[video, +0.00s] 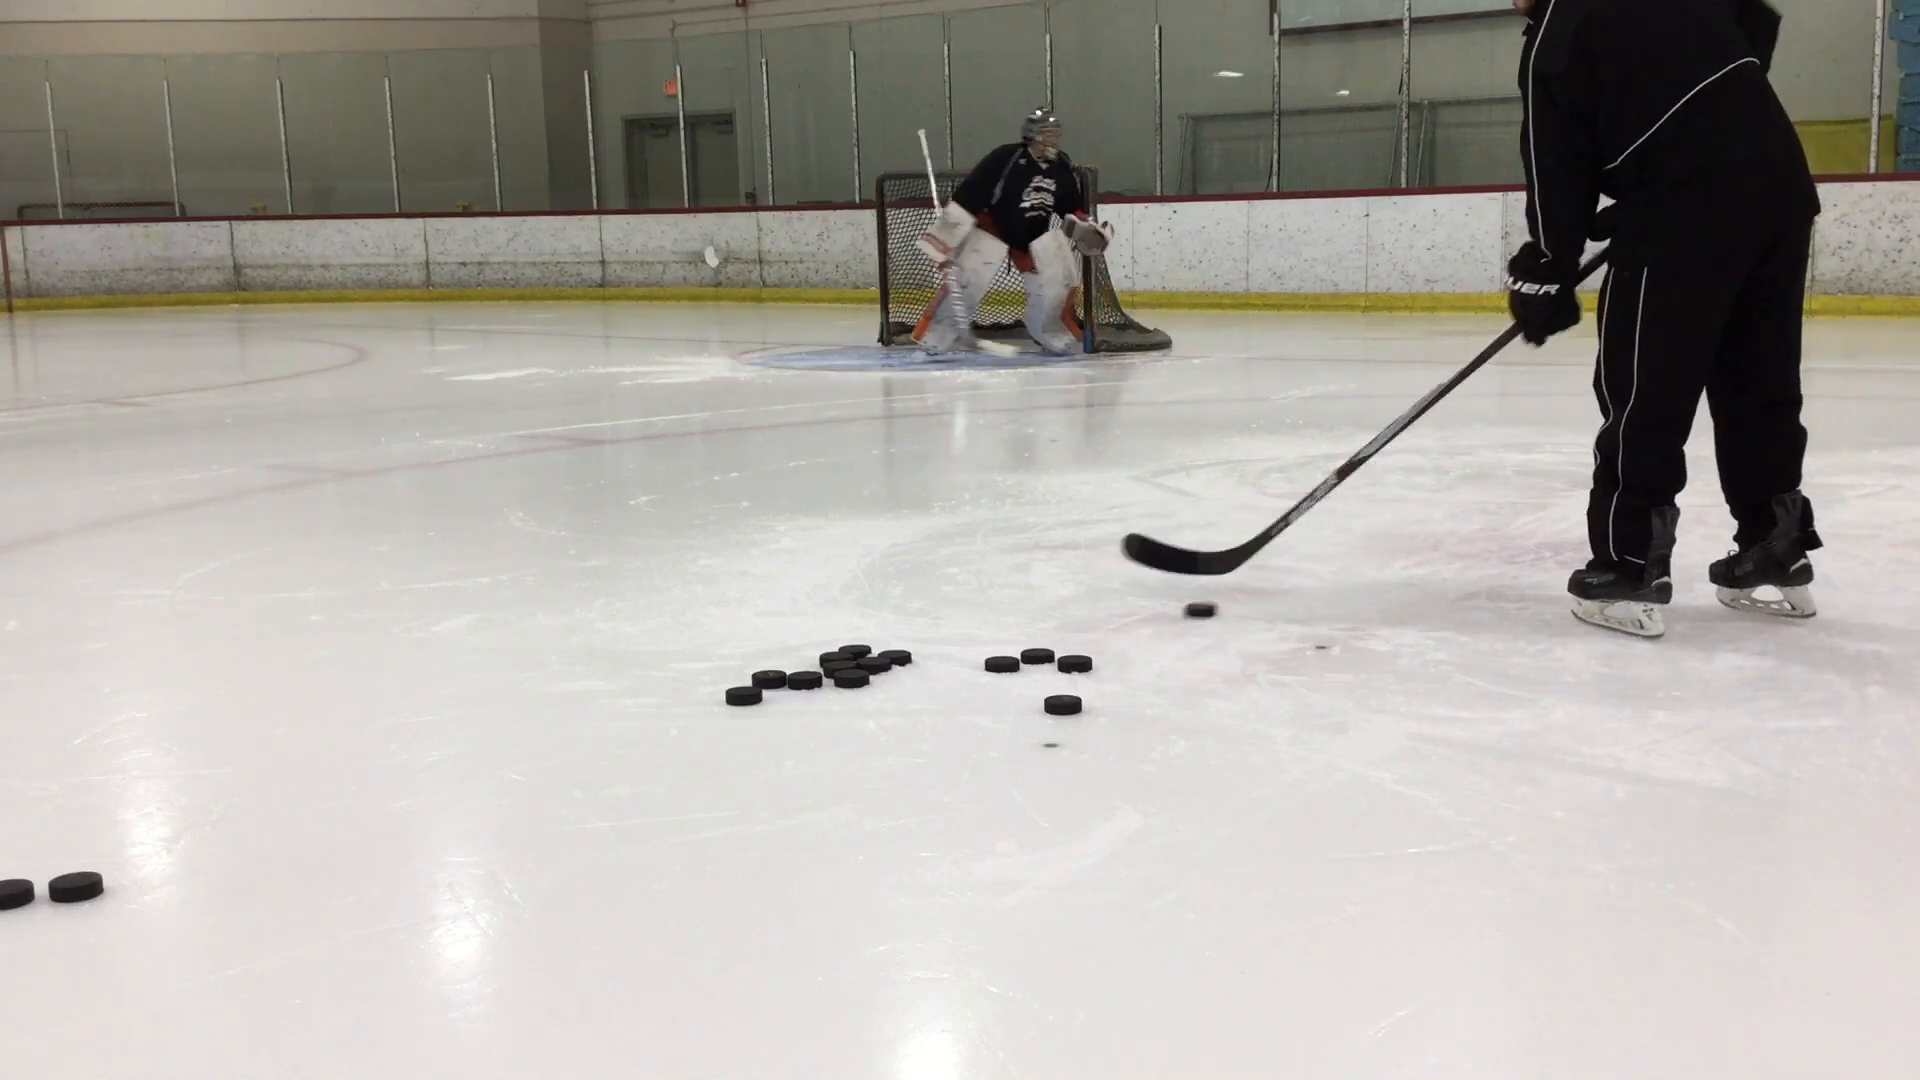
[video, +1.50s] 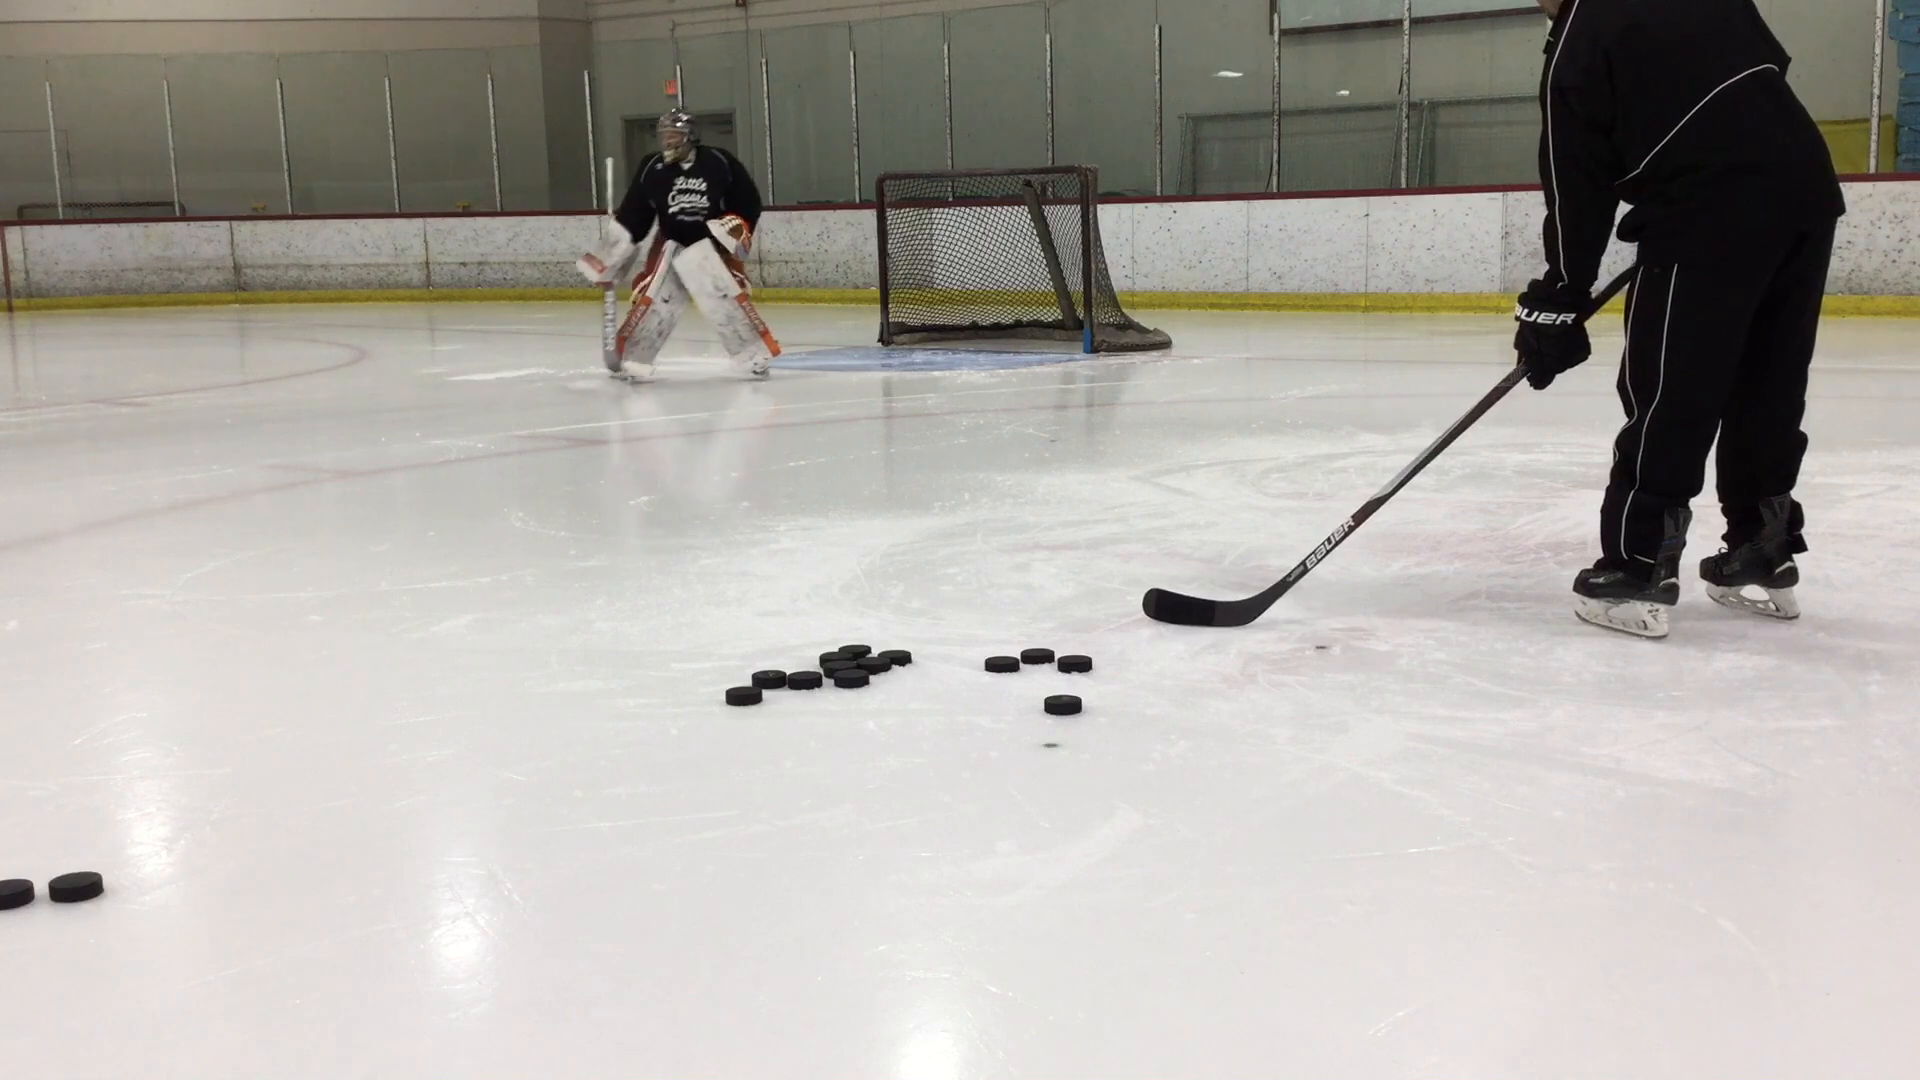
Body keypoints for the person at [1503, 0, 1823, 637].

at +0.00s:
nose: (1514, 10)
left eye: (1517, 8)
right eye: (1516, 9)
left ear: (1529, 2)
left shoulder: (1553, 36)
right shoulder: (1680, 7)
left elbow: (1556, 156)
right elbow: (1761, 19)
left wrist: (1545, 273)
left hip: (1678, 210)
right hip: (1779, 190)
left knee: (1640, 392)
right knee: (1758, 383)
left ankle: (1634, 564)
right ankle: (1776, 548)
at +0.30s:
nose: (1518, 4)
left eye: (1523, 7)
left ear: (1535, 5)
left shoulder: (1552, 70)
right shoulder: (1690, 9)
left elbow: (1574, 184)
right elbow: (1783, 2)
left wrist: (1583, 262)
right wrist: (1747, 59)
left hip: (1681, 211)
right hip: (1788, 191)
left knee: (1648, 389)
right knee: (1762, 379)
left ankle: (1637, 559)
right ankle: (1764, 546)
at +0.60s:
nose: (1536, 9)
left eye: (1540, 11)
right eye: (1539, 8)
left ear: (1552, 5)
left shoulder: (1567, 68)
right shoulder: (1701, 3)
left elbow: (1589, 184)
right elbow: (1794, 20)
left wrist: (1598, 260)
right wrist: (1742, 90)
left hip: (1696, 208)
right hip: (1802, 190)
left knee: (1658, 389)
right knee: (1768, 381)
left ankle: (1639, 562)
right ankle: (1763, 551)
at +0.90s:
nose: (1548, 12)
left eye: (1549, 10)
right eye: (1550, 9)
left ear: (1561, 3)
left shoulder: (1578, 51)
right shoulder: (1713, 6)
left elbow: (1589, 176)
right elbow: (1790, 25)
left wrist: (1572, 271)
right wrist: (1733, 113)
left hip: (1701, 208)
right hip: (1807, 192)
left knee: (1662, 390)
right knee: (1771, 384)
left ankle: (1639, 562)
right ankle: (1764, 550)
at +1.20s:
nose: (1546, 10)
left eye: (1547, 8)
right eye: (1547, 8)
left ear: (1563, 2)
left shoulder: (1581, 40)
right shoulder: (1721, 7)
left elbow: (1575, 185)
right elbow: (1773, 70)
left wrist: (1550, 303)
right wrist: (1669, 194)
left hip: (1705, 211)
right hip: (1808, 195)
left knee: (1665, 389)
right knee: (1772, 384)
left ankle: (1640, 559)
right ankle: (1763, 548)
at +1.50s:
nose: (1543, 13)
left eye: (1543, 8)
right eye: (1543, 8)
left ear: (1559, 1)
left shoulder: (1575, 44)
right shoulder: (1711, 7)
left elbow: (1575, 184)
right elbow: (1758, 87)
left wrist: (1556, 303)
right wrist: (1664, 201)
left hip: (1705, 214)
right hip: (1806, 194)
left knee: (1665, 389)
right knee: (1769, 384)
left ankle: (1641, 559)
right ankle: (1763, 547)